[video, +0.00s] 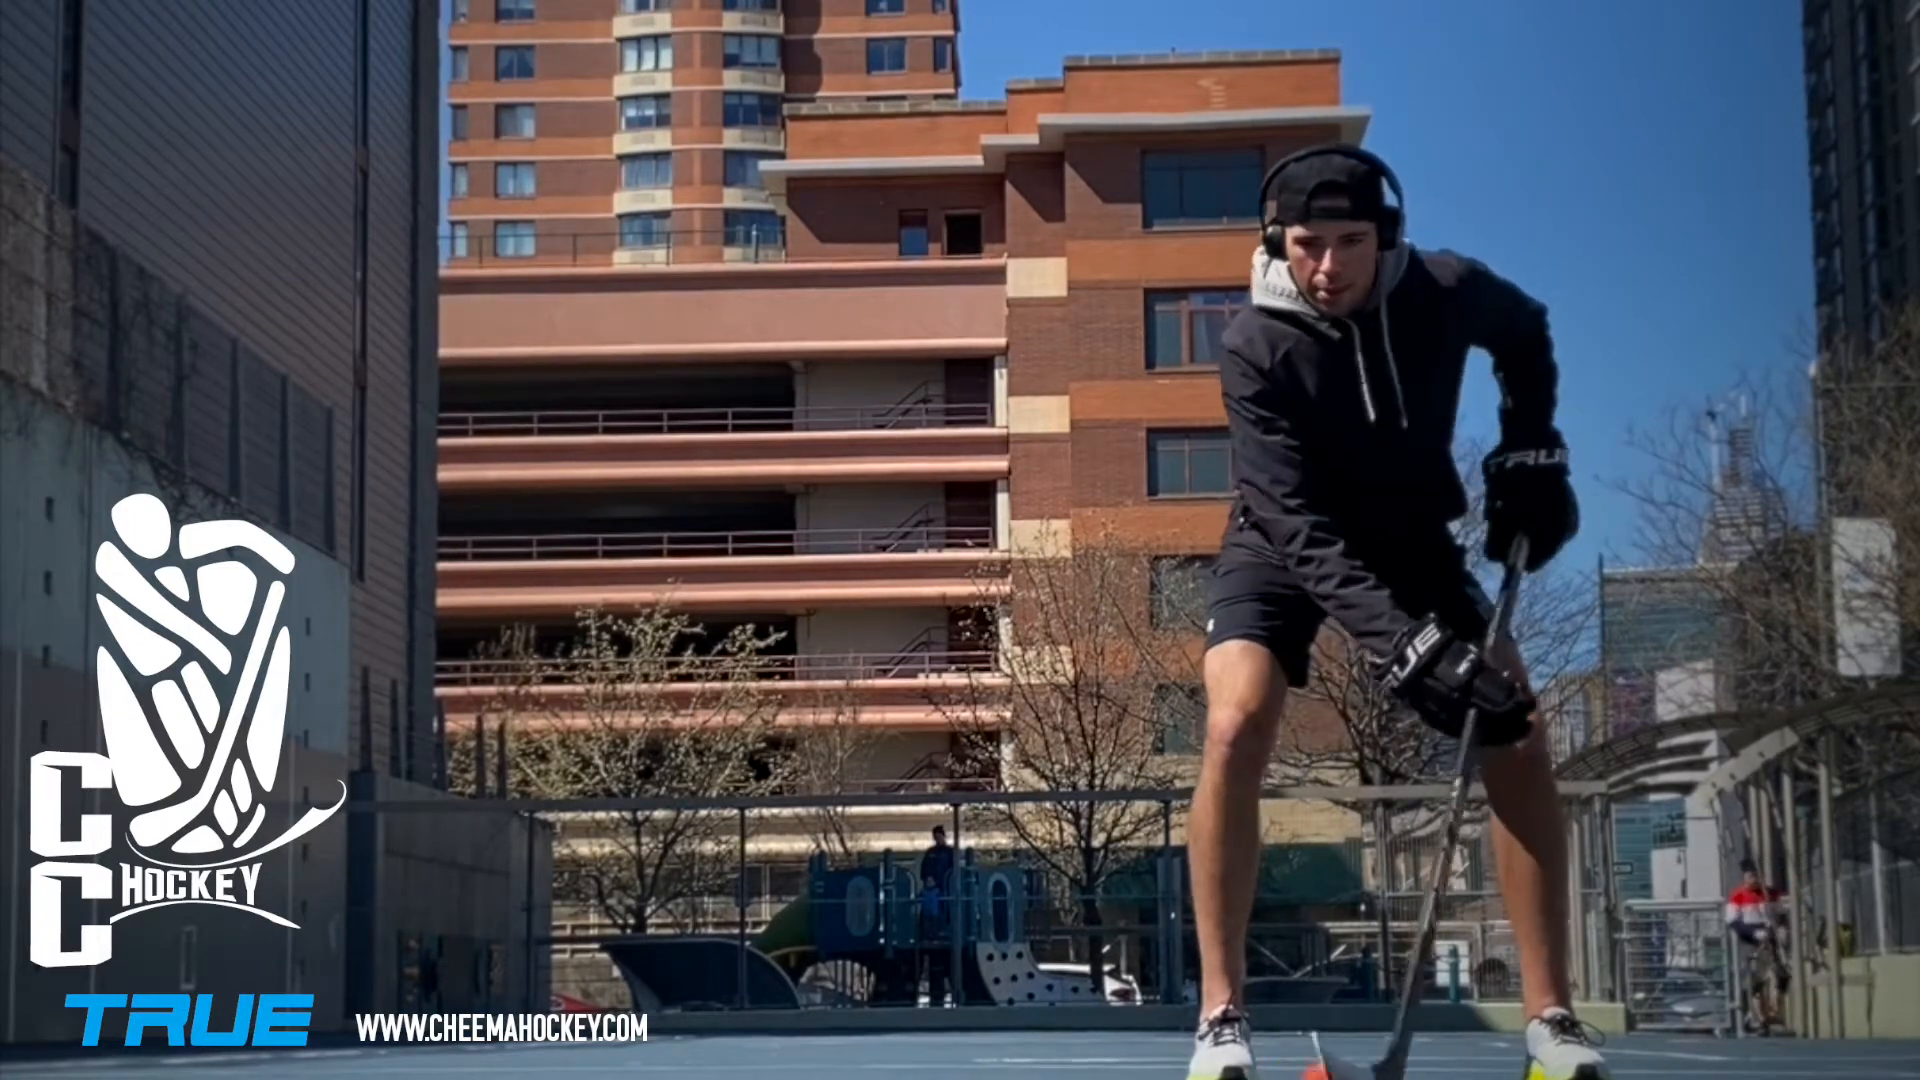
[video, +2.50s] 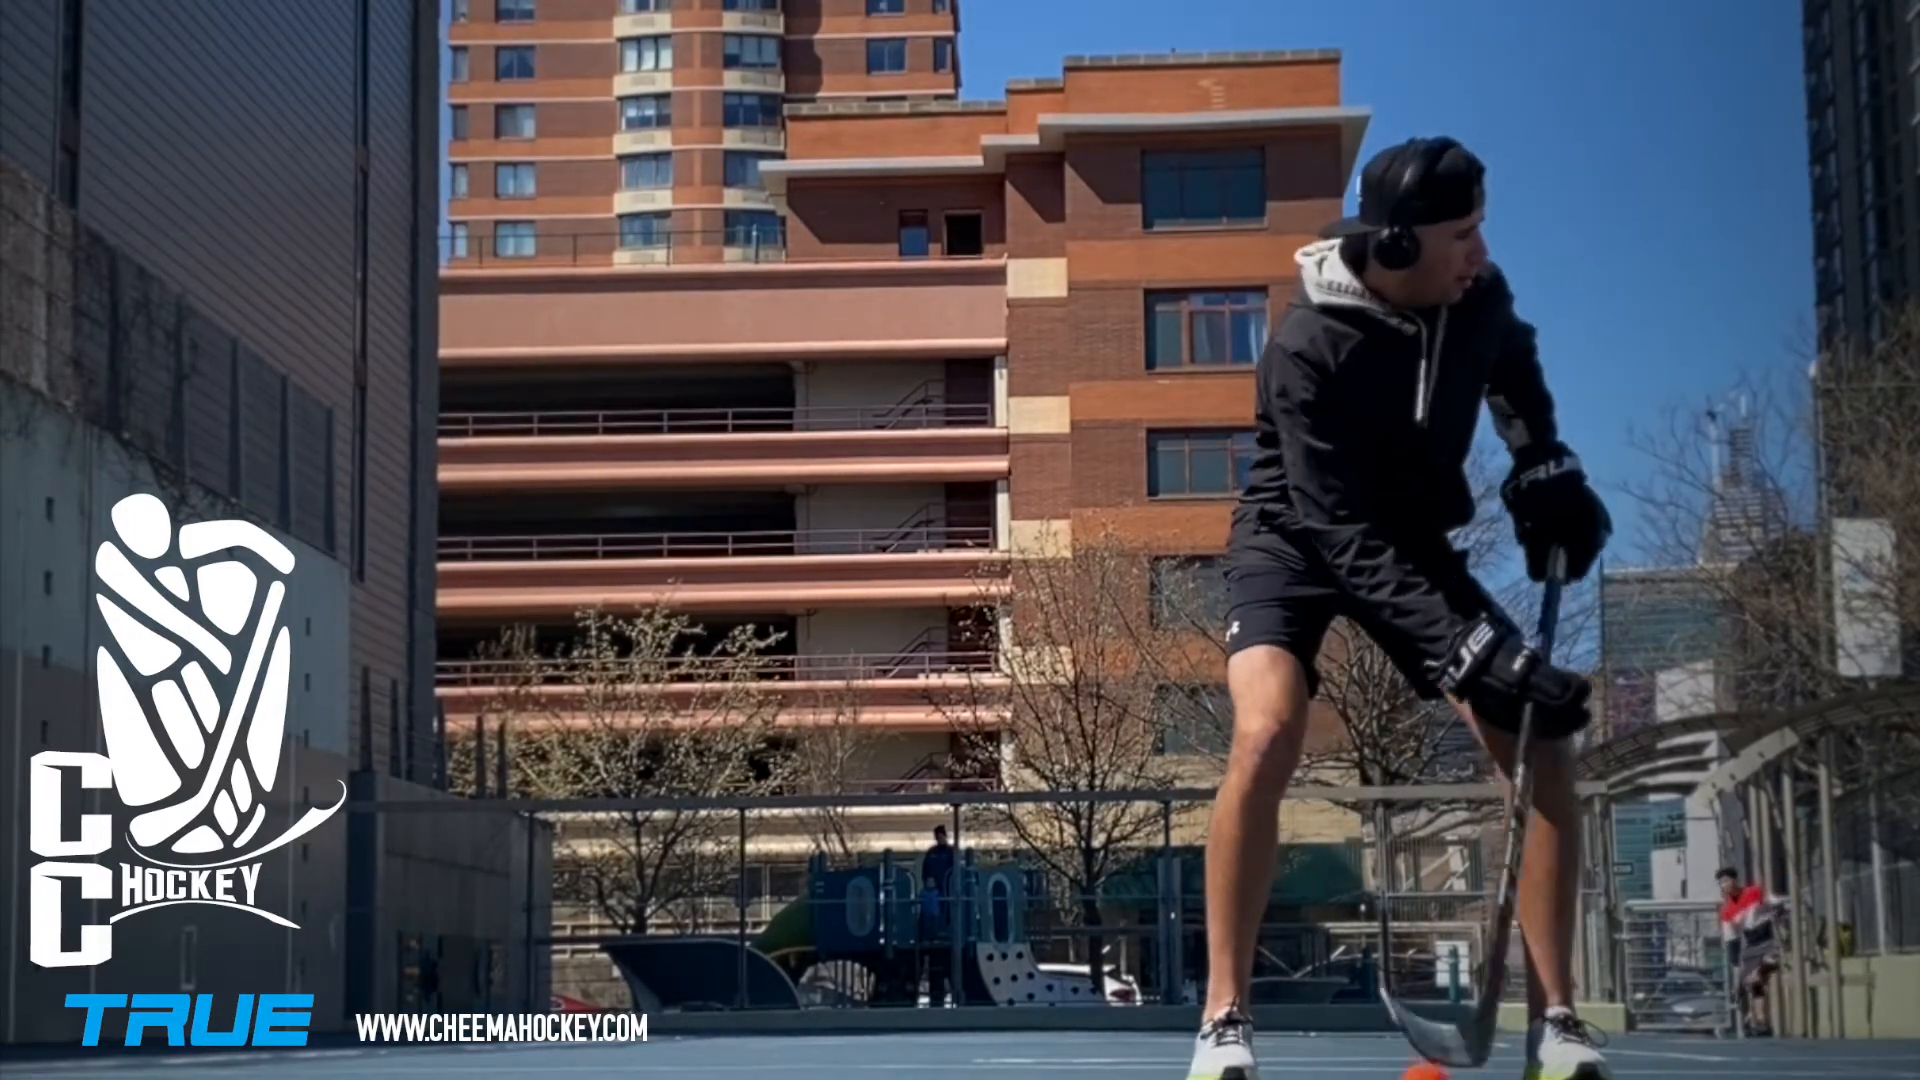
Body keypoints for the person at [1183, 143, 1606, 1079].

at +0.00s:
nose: (1326, 266)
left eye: (1347, 244)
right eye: (1307, 246)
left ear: (1384, 237)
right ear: (1280, 243)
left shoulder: (1444, 289)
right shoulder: (1258, 344)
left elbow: (1523, 331)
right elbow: (1294, 526)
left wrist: (1530, 455)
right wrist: (1408, 644)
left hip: (1414, 536)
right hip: (1282, 542)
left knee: (1517, 730)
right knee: (1236, 725)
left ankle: (1550, 1013)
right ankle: (1220, 1013)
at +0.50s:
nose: (1343, 266)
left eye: (1365, 244)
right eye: (1324, 245)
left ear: (1399, 239)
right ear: (1293, 243)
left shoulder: (1449, 288)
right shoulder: (1268, 343)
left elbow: (1521, 333)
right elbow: (1315, 524)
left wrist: (1523, 446)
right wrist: (1440, 647)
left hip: (1414, 536)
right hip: (1285, 539)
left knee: (1523, 738)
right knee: (1242, 725)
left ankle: (1549, 1016)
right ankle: (1221, 1014)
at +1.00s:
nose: (1349, 256)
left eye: (1366, 234)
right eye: (1326, 237)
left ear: (1390, 235)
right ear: (1286, 242)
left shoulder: (1437, 293)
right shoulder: (1259, 354)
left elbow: (1498, 340)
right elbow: (1303, 535)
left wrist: (1512, 455)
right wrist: (1436, 647)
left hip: (1405, 540)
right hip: (1278, 542)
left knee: (1522, 740)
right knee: (1235, 729)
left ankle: (1549, 1013)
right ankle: (1220, 1015)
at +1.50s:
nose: (1474, 242)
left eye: (1482, 222)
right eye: (1453, 226)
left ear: (1489, 225)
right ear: (1397, 234)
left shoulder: (1508, 299)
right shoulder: (1332, 344)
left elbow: (1553, 364)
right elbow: (1364, 541)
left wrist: (1568, 471)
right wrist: (1499, 661)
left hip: (1441, 546)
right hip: (1315, 541)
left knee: (1554, 763)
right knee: (1272, 734)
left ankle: (1555, 1017)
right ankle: (1224, 1014)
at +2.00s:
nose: (1543, 255)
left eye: (1546, 234)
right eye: (1525, 238)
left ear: (1534, 230)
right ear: (1462, 240)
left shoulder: (1537, 301)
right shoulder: (1372, 338)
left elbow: (1561, 391)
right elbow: (1404, 538)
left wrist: (1582, 478)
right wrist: (1544, 667)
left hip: (1455, 537)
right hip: (1335, 532)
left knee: (1557, 739)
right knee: (1298, 736)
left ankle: (1556, 1020)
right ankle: (1228, 1013)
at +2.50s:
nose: (1480, 251)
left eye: (1481, 231)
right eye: (1461, 235)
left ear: (1466, 228)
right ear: (1397, 241)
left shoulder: (1477, 299)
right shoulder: (1310, 346)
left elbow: (1516, 381)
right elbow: (1339, 536)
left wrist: (1546, 470)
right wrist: (1479, 652)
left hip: (1416, 539)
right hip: (1294, 534)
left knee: (1538, 749)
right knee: (1265, 736)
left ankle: (1557, 1018)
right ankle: (1224, 1014)